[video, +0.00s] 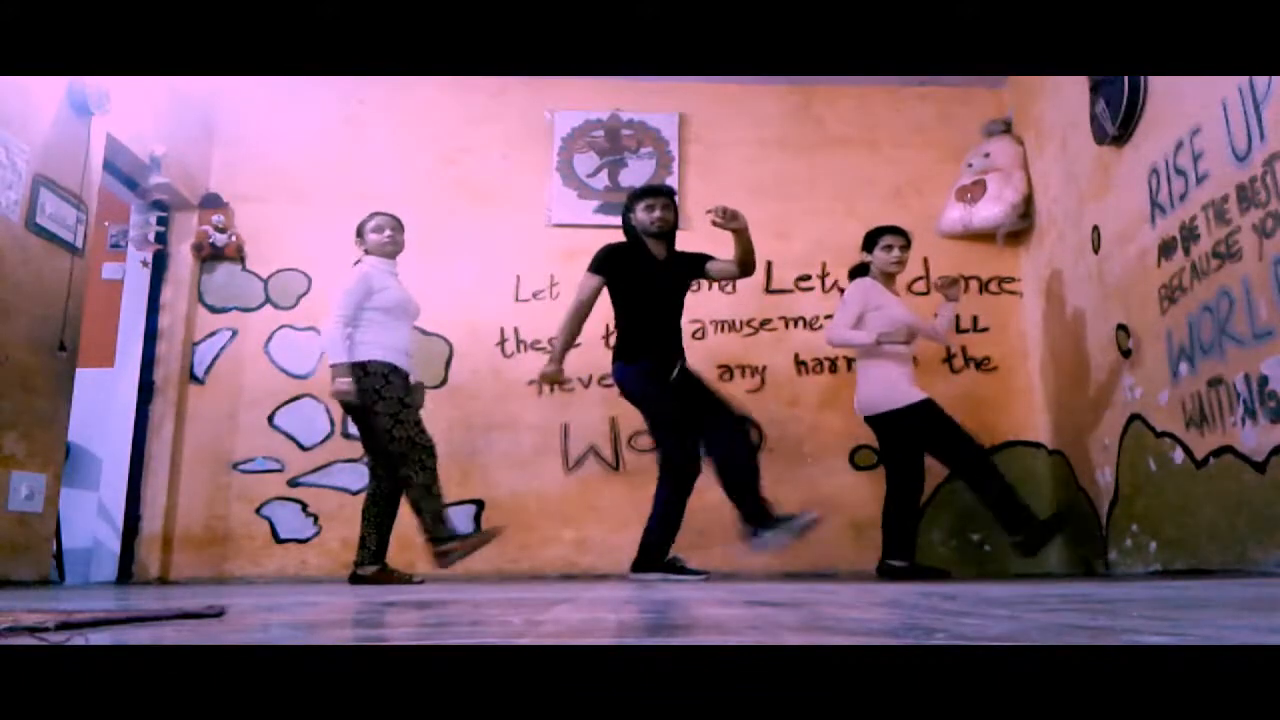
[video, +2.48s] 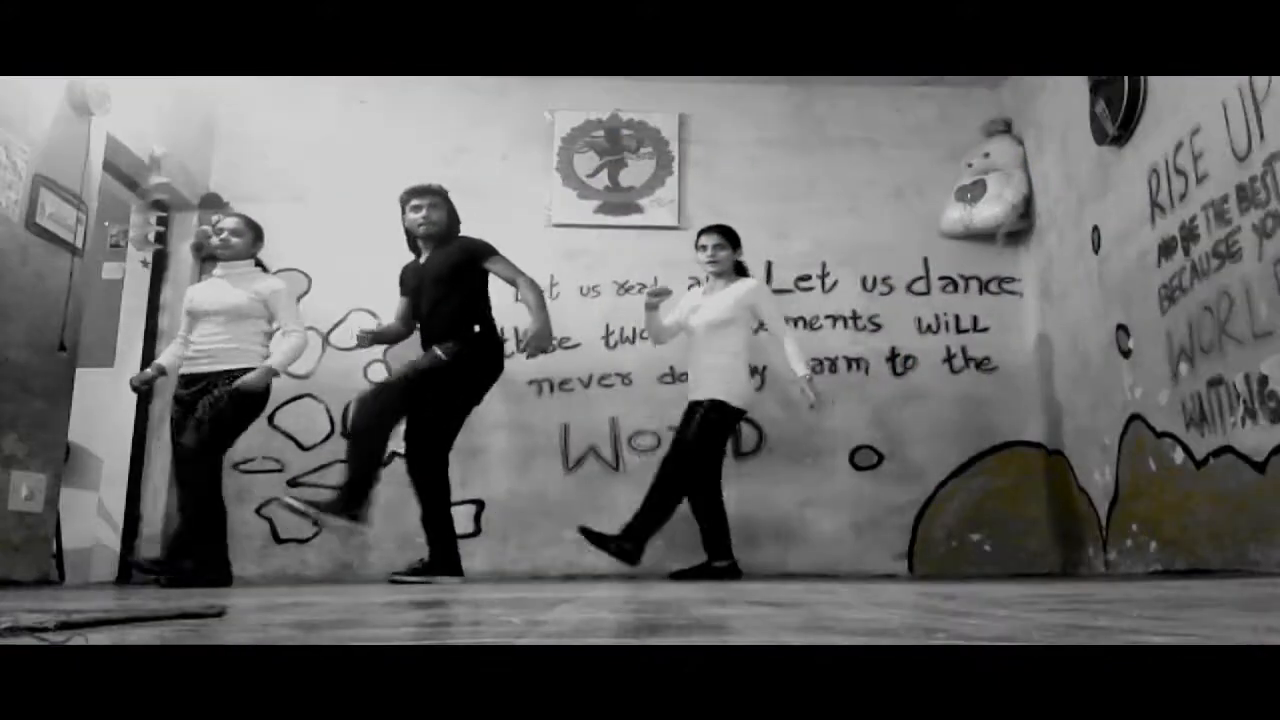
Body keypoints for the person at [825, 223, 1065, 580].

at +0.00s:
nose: (895, 255)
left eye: (901, 250)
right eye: (887, 248)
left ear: (906, 257)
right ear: (870, 254)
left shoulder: (890, 299)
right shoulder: (861, 287)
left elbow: (939, 334)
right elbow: (834, 334)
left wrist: (950, 300)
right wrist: (879, 338)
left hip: (892, 397)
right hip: (890, 396)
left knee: (905, 482)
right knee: (969, 457)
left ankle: (896, 560)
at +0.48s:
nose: (876, 252)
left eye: (883, 246)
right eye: (867, 246)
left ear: (890, 253)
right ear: (852, 254)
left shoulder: (894, 305)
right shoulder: (838, 288)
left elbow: (934, 335)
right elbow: (793, 323)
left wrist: (942, 301)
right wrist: (749, 352)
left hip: (891, 396)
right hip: (871, 396)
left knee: (902, 474)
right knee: (945, 463)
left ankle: (899, 557)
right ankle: (905, 544)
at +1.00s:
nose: (850, 231)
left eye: (859, 224)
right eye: (841, 225)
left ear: (875, 232)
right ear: (829, 236)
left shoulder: (900, 278)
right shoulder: (817, 282)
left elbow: (969, 300)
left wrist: (999, 275)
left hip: (885, 403)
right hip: (835, 407)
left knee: (863, 506)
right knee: (855, 508)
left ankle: (855, 602)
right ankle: (928, 585)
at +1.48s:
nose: (803, 232)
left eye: (812, 225)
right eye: (793, 226)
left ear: (827, 232)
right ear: (782, 234)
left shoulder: (849, 280)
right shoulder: (769, 279)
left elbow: (912, 313)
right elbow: (725, 305)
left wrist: (949, 293)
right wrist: (723, 282)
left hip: (829, 402)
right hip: (786, 405)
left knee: (791, 491)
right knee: (812, 498)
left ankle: (794, 597)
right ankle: (866, 593)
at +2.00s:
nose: (734, 253)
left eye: (742, 247)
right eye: (726, 249)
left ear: (756, 254)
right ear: (717, 256)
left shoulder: (775, 293)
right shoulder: (708, 297)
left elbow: (827, 321)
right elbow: (665, 332)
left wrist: (827, 289)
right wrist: (635, 312)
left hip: (763, 397)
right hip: (717, 399)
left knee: (745, 479)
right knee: (727, 482)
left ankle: (743, 556)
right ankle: (753, 558)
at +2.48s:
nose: (710, 254)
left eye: (718, 248)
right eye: (704, 249)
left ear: (735, 253)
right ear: (697, 256)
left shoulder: (751, 289)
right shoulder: (695, 296)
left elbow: (783, 334)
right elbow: (659, 336)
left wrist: (803, 377)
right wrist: (651, 309)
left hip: (726, 395)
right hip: (699, 395)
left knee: (676, 468)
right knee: (702, 480)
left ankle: (630, 543)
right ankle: (721, 560)